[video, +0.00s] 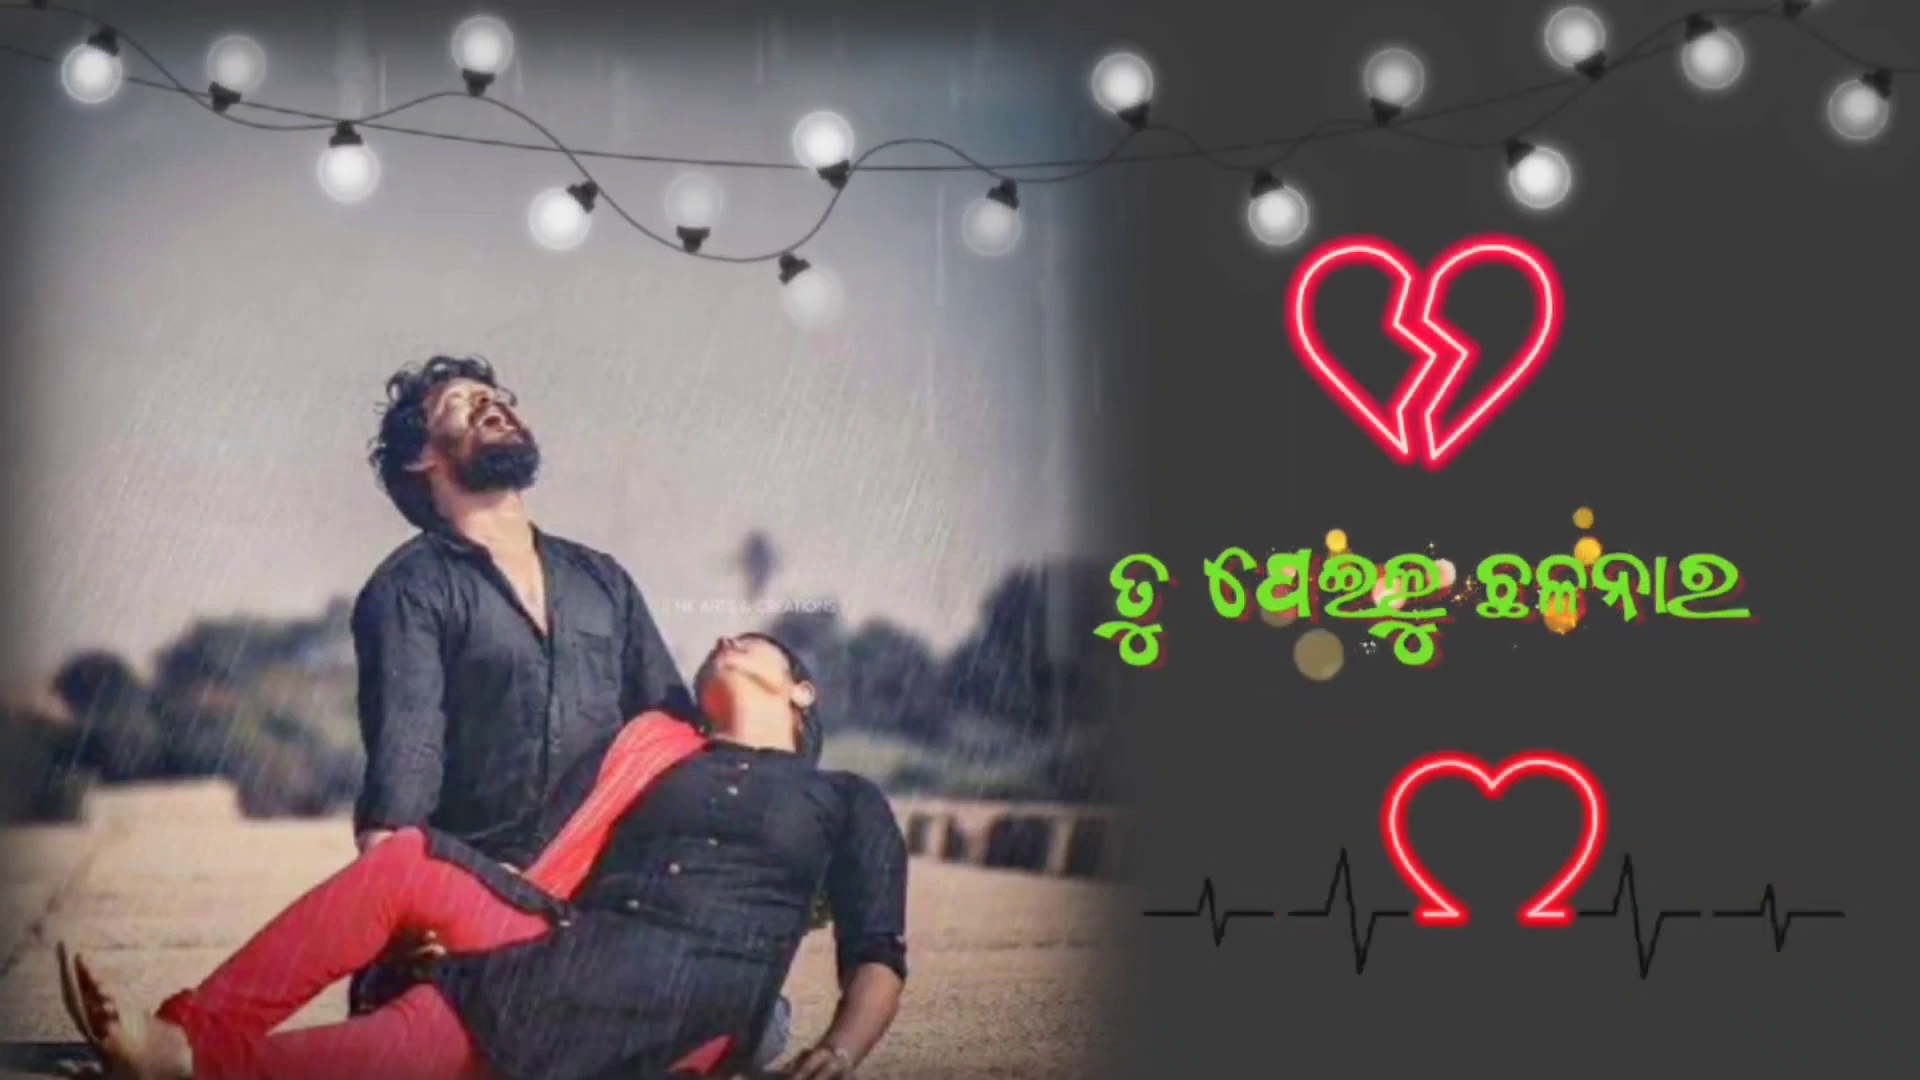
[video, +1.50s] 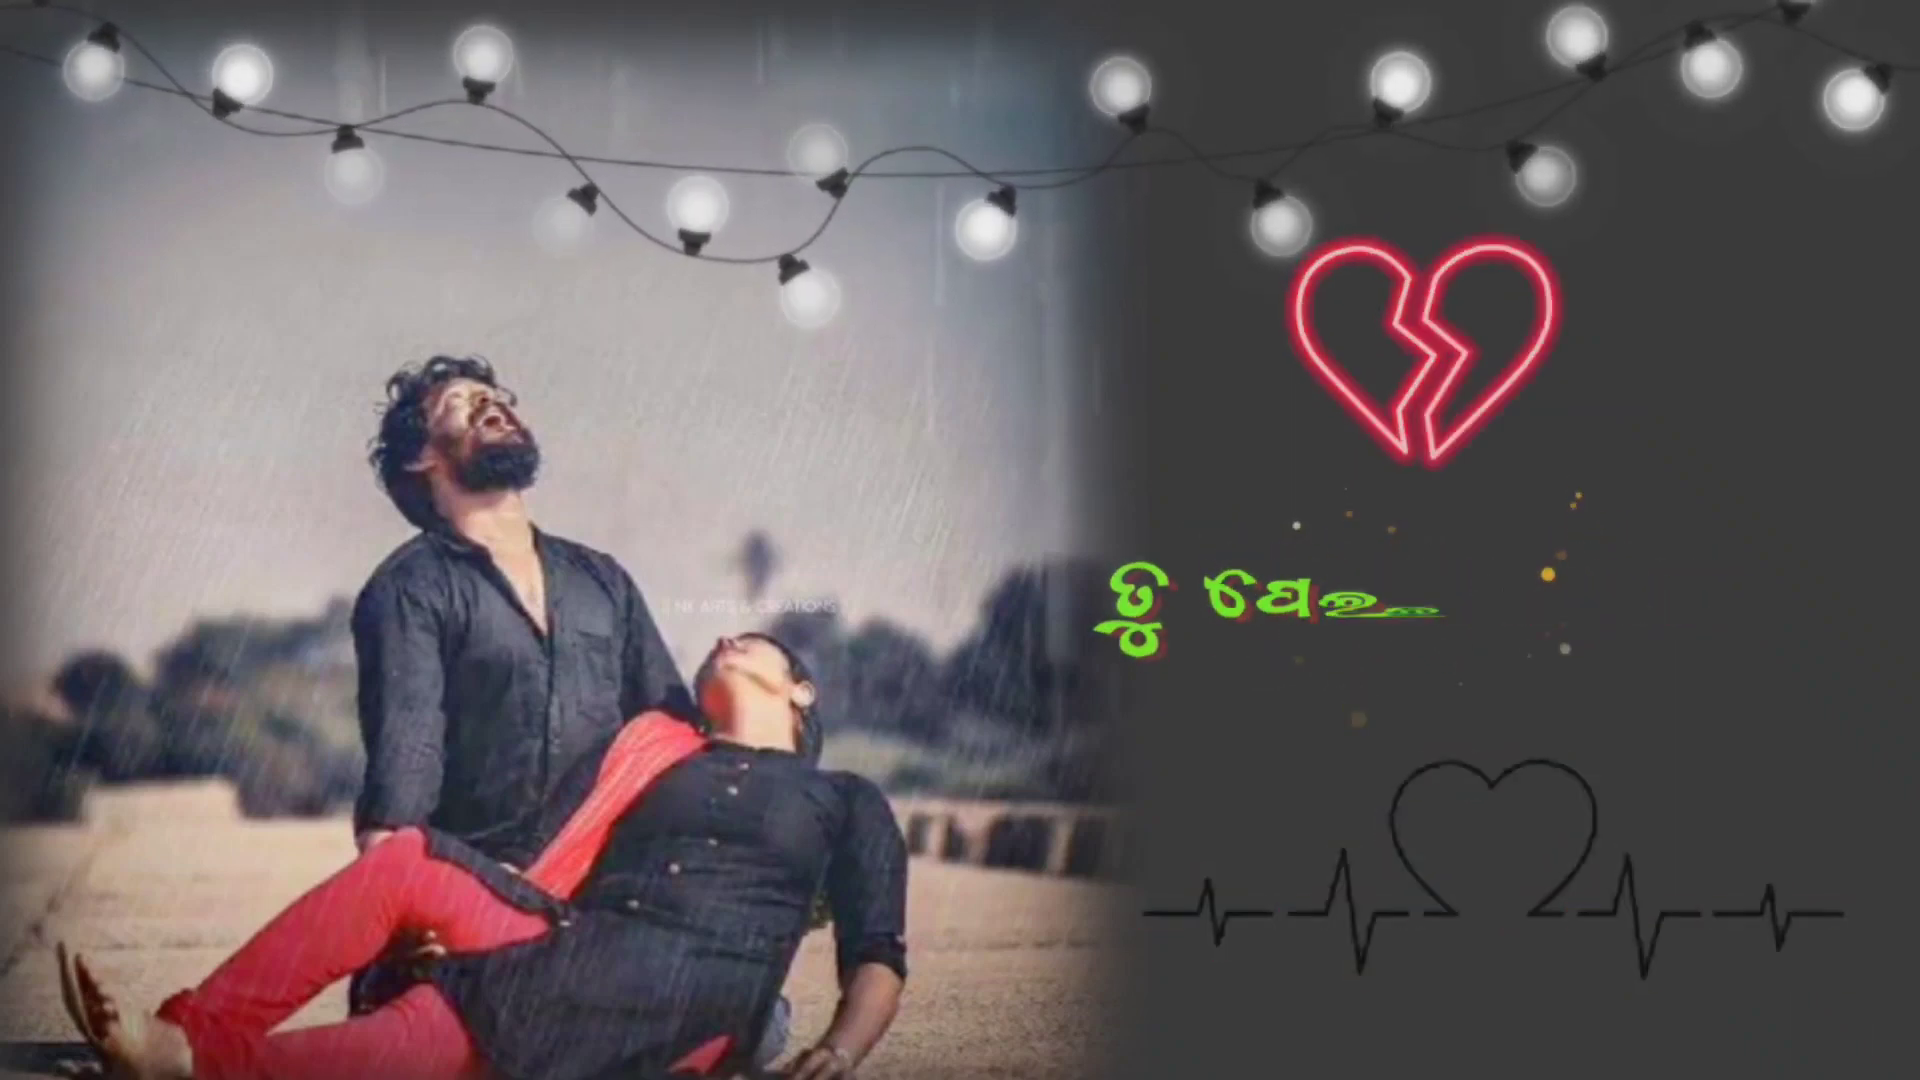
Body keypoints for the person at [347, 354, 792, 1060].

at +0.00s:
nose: (497, 408)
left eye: (502, 401)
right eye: (463, 406)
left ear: (525, 438)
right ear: (422, 462)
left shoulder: (602, 579)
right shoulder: (410, 588)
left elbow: (678, 728)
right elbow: (404, 752)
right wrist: (388, 902)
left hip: (617, 882)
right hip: (462, 890)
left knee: (761, 1022)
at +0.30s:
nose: (496, 408)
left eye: (502, 401)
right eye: (463, 406)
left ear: (525, 438)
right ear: (421, 462)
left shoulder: (602, 578)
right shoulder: (410, 587)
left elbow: (678, 728)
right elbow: (404, 754)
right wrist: (387, 904)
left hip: (617, 883)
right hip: (462, 890)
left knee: (760, 1022)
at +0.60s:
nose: (496, 408)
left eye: (502, 401)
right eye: (463, 406)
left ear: (525, 438)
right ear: (421, 462)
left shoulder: (602, 578)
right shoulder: (410, 587)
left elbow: (678, 728)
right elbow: (404, 753)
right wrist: (387, 904)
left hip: (617, 883)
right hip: (462, 890)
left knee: (760, 1022)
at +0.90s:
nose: (496, 408)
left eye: (502, 401)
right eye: (463, 406)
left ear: (525, 438)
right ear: (421, 462)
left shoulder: (602, 578)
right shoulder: (410, 587)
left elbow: (678, 728)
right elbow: (404, 753)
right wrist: (387, 904)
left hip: (617, 883)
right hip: (462, 890)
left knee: (760, 1022)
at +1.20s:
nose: (496, 408)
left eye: (502, 401)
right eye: (463, 406)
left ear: (525, 438)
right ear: (421, 462)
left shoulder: (602, 578)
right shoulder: (410, 587)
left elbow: (678, 728)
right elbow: (404, 753)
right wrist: (387, 904)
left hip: (617, 883)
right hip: (462, 890)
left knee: (760, 1022)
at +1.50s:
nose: (496, 408)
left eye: (502, 401)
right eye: (463, 406)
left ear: (525, 438)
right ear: (421, 462)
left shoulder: (602, 578)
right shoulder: (410, 587)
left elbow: (678, 728)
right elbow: (404, 753)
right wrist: (387, 904)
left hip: (617, 883)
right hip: (462, 890)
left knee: (760, 1022)